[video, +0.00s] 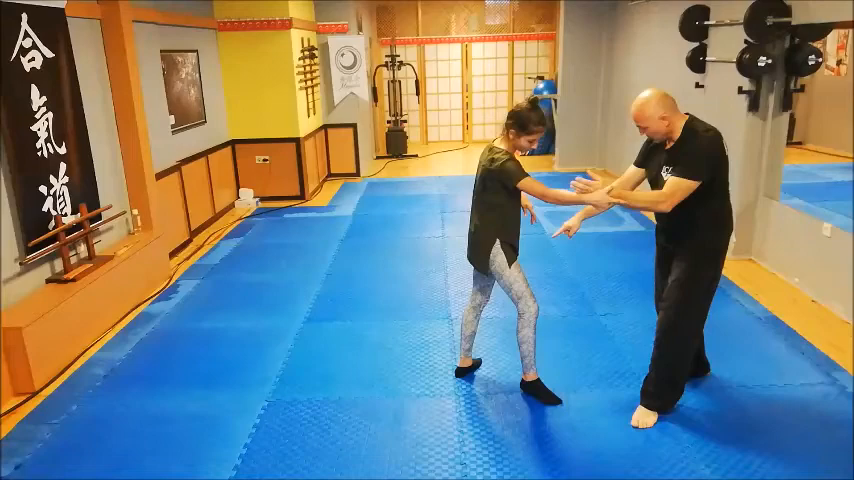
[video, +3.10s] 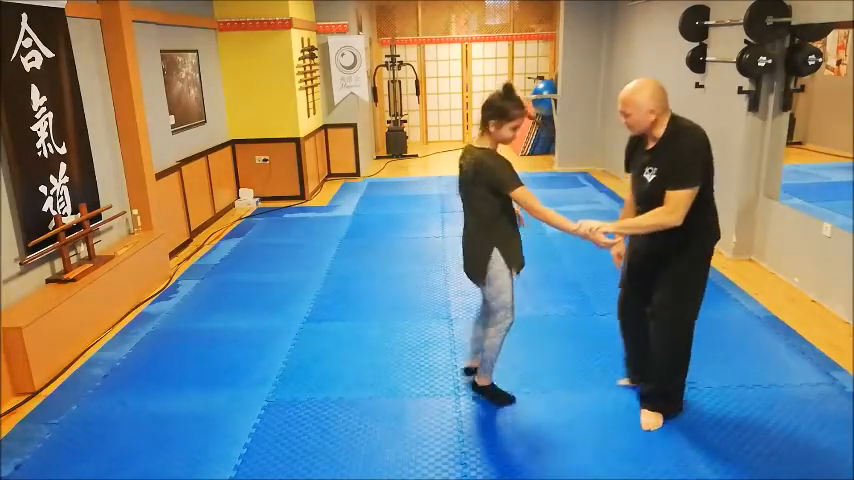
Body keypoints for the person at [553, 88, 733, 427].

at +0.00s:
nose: (642, 133)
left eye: (645, 127)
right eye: (640, 128)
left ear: (666, 117)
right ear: (661, 119)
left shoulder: (704, 142)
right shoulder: (657, 142)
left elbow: (665, 200)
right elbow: (623, 187)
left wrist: (610, 195)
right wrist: (579, 217)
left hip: (703, 243)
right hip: (669, 238)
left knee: (674, 316)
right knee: (669, 305)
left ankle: (655, 399)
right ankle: (694, 362)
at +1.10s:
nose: (619, 152)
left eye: (622, 147)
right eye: (616, 147)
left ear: (644, 135)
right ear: (639, 137)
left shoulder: (682, 159)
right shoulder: (637, 152)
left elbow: (638, 220)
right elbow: (611, 191)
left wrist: (577, 220)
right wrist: (578, 205)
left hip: (692, 251)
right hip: (654, 242)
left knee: (668, 324)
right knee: (630, 307)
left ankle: (655, 400)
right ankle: (651, 367)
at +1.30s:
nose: (612, 156)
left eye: (616, 151)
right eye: (610, 151)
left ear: (641, 141)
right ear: (635, 140)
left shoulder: (677, 163)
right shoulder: (628, 156)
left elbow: (623, 219)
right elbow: (592, 192)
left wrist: (560, 229)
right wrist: (549, 213)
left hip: (686, 253)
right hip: (646, 244)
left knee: (665, 326)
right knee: (614, 308)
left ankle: (655, 401)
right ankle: (610, 385)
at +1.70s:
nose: (580, 180)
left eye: (583, 175)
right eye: (578, 175)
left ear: (604, 166)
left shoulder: (643, 172)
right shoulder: (597, 169)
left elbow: (605, 232)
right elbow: (583, 217)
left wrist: (548, 234)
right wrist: (561, 247)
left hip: (670, 251)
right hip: (626, 245)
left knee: (660, 328)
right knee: (599, 314)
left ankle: (654, 403)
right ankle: (583, 391)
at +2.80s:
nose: (597, 148)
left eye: (602, 143)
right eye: (595, 141)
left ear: (627, 138)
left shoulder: (669, 153)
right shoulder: (610, 159)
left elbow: (653, 225)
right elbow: (605, 211)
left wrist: (594, 242)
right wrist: (591, 255)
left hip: (681, 248)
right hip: (635, 242)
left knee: (668, 323)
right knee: (609, 312)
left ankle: (655, 403)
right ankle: (585, 386)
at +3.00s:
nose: (615, 129)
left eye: (620, 123)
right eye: (613, 122)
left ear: (646, 120)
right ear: (633, 120)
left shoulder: (683, 145)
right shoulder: (630, 146)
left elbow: (669, 217)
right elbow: (628, 201)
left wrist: (606, 231)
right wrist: (617, 241)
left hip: (686, 244)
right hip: (645, 238)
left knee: (671, 321)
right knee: (626, 307)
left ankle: (658, 402)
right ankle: (617, 379)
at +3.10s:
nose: (622, 118)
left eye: (627, 112)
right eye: (621, 111)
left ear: (653, 112)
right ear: (647, 112)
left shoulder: (688, 143)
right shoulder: (637, 143)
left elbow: (674, 214)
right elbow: (633, 199)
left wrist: (611, 227)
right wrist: (621, 239)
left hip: (687, 245)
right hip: (649, 239)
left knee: (669, 317)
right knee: (632, 307)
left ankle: (661, 400)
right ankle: (641, 372)